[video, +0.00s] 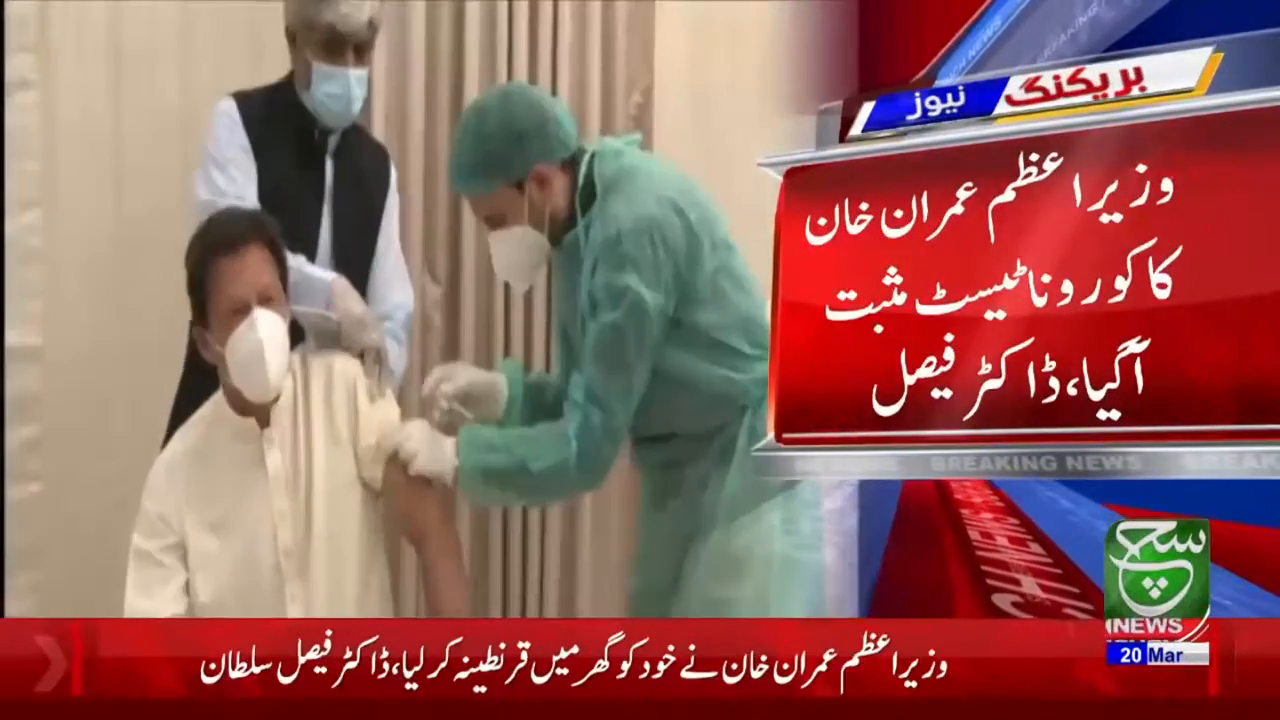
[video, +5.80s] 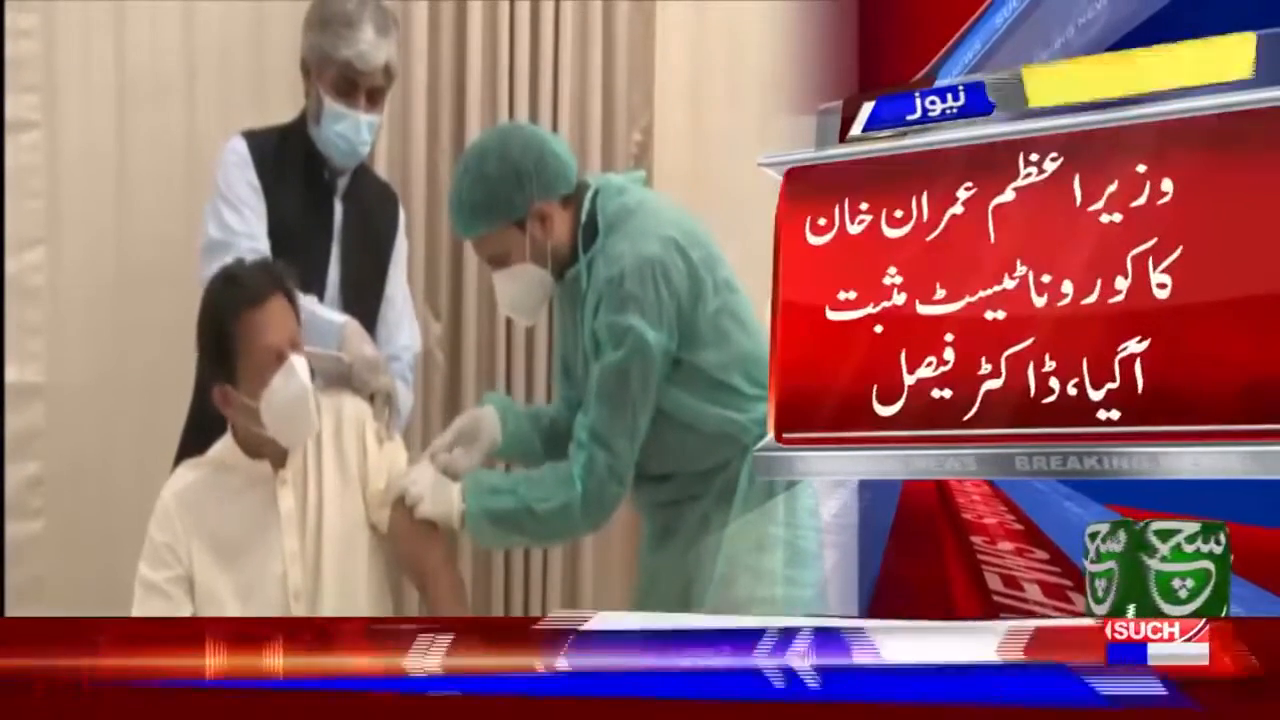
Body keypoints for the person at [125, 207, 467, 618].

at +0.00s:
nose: (260, 323)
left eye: (270, 303)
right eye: (238, 312)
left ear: (289, 310)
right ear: (208, 343)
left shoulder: (341, 386)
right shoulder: (178, 472)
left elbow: (431, 526)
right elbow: (153, 624)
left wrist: (457, 642)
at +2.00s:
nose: (265, 335)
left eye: (275, 313)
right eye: (244, 322)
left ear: (295, 316)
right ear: (212, 349)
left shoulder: (345, 394)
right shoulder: (179, 484)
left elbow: (431, 538)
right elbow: (159, 639)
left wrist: (454, 647)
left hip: (364, 674)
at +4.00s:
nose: (264, 388)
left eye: (277, 367)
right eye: (246, 374)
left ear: (299, 354)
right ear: (211, 367)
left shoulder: (346, 414)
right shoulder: (183, 489)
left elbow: (427, 550)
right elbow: (157, 634)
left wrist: (454, 651)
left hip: (359, 669)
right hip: (240, 681)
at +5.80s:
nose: (299, 371)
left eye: (298, 350)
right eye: (274, 364)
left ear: (308, 347)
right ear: (227, 401)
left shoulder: (348, 424)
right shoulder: (186, 500)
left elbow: (431, 560)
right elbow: (156, 649)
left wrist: (464, 664)